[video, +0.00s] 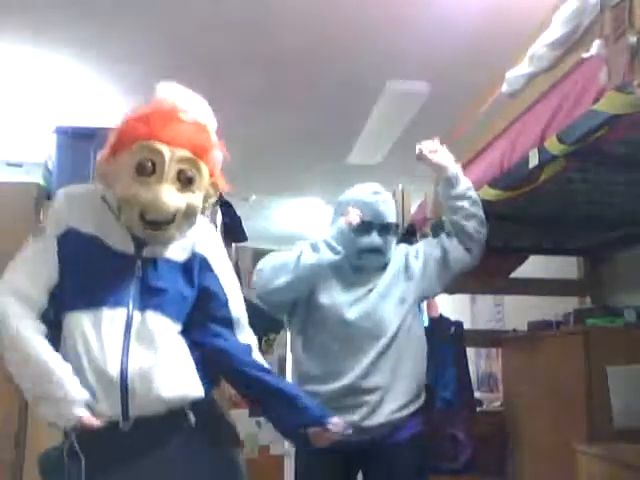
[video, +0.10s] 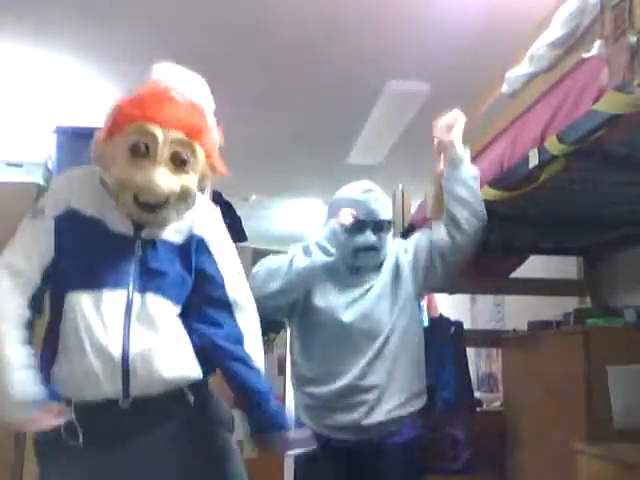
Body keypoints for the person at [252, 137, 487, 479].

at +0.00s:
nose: (374, 241)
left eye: (384, 230)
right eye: (363, 230)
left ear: (395, 232)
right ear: (341, 230)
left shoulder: (410, 266)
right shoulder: (311, 269)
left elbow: (467, 241)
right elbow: (265, 286)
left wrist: (451, 174)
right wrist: (335, 240)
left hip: (397, 433)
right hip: (323, 435)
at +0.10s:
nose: (370, 239)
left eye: (380, 227)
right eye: (357, 228)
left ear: (391, 229)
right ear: (334, 230)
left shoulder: (408, 260)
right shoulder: (307, 271)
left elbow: (464, 232)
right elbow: (259, 291)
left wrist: (454, 154)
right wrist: (329, 238)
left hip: (397, 440)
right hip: (324, 441)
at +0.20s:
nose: (352, 244)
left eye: (360, 231)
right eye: (340, 237)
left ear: (373, 228)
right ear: (325, 241)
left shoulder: (403, 270)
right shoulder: (311, 290)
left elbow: (430, 210)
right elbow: (263, 324)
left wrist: (453, 131)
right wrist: (319, 276)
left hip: (397, 443)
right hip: (322, 444)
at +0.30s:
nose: (348, 238)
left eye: (356, 225)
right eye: (337, 231)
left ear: (378, 228)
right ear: (323, 241)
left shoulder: (411, 275)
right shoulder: (313, 287)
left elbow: (442, 216)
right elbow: (290, 347)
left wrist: (415, 151)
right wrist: (311, 258)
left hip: (397, 454)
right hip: (321, 452)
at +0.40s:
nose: (348, 234)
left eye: (359, 225)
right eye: (338, 229)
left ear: (383, 236)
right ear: (325, 247)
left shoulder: (413, 282)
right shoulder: (315, 298)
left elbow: (461, 224)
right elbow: (288, 341)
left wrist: (415, 169)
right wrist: (311, 257)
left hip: (393, 456)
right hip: (320, 454)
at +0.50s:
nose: (361, 227)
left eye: (374, 219)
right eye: (350, 223)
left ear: (397, 235)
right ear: (338, 240)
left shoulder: (420, 279)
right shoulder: (319, 285)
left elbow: (482, 238)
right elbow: (276, 311)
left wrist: (432, 181)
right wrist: (327, 245)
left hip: (397, 453)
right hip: (323, 454)